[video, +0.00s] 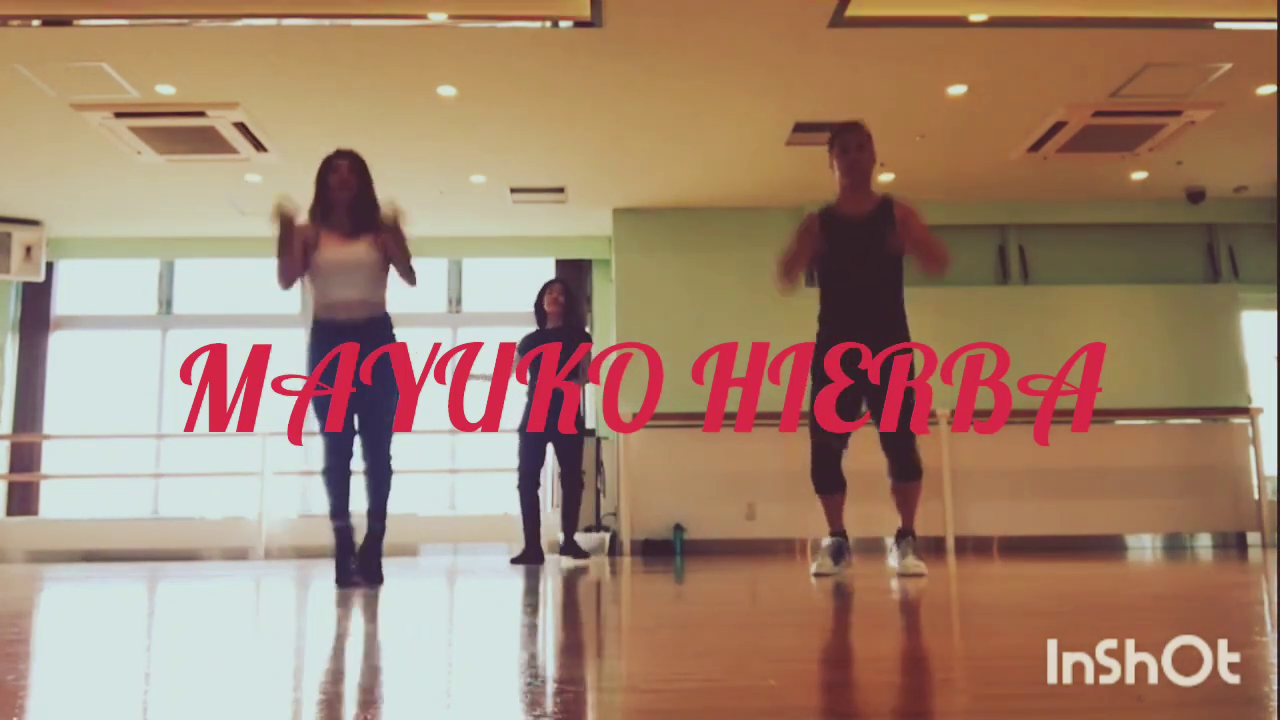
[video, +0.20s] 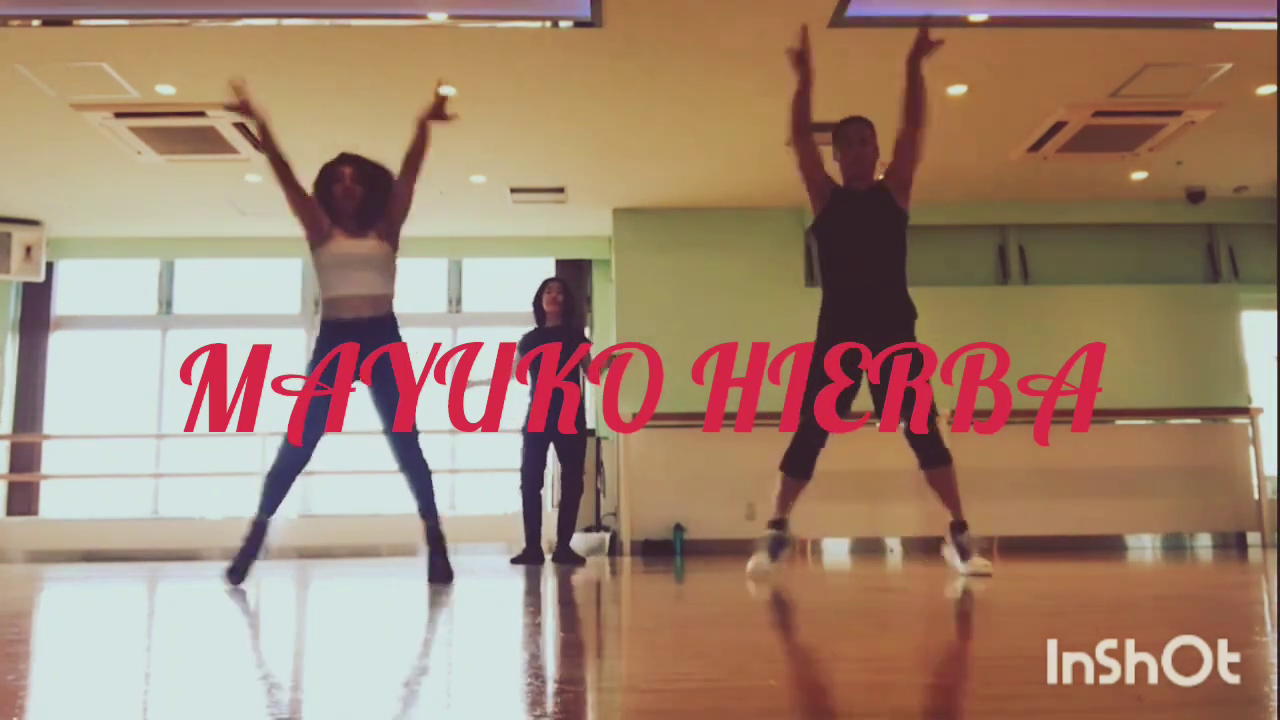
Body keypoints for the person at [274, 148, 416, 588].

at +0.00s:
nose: (342, 179)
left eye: (351, 173)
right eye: (334, 172)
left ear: (363, 181)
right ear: (323, 181)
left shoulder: (379, 226)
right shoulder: (309, 228)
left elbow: (409, 276)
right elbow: (286, 278)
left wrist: (395, 239)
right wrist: (286, 233)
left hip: (375, 336)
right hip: (329, 338)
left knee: (377, 445)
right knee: (337, 443)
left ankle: (374, 542)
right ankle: (343, 542)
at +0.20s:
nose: (346, 187)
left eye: (354, 180)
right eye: (337, 181)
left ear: (369, 188)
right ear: (325, 193)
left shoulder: (385, 227)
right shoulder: (320, 229)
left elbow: (409, 174)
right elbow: (285, 175)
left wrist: (425, 122)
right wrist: (257, 122)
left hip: (383, 341)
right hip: (334, 342)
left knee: (406, 448)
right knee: (297, 449)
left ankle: (436, 544)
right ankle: (255, 536)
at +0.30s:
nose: (343, 196)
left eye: (352, 190)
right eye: (334, 190)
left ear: (366, 201)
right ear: (322, 201)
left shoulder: (377, 243)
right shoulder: (315, 242)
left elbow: (390, 179)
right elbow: (300, 172)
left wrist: (394, 118)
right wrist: (292, 106)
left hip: (382, 358)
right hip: (333, 363)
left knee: (410, 456)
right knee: (291, 460)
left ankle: (445, 539)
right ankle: (242, 545)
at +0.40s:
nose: (333, 203)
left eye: (341, 195)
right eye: (326, 196)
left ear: (358, 203)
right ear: (316, 202)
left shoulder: (370, 241)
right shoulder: (307, 238)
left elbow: (376, 178)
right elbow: (306, 171)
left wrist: (374, 121)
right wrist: (312, 106)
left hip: (376, 354)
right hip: (328, 361)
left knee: (410, 455)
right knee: (288, 459)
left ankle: (445, 540)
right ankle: (238, 544)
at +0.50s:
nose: (332, 205)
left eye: (340, 198)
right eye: (325, 198)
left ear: (355, 205)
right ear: (314, 204)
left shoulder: (367, 242)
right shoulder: (303, 238)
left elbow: (375, 184)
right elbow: (307, 174)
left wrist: (362, 126)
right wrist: (323, 111)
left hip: (375, 353)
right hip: (327, 359)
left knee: (409, 455)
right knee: (285, 460)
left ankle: (443, 541)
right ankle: (235, 546)